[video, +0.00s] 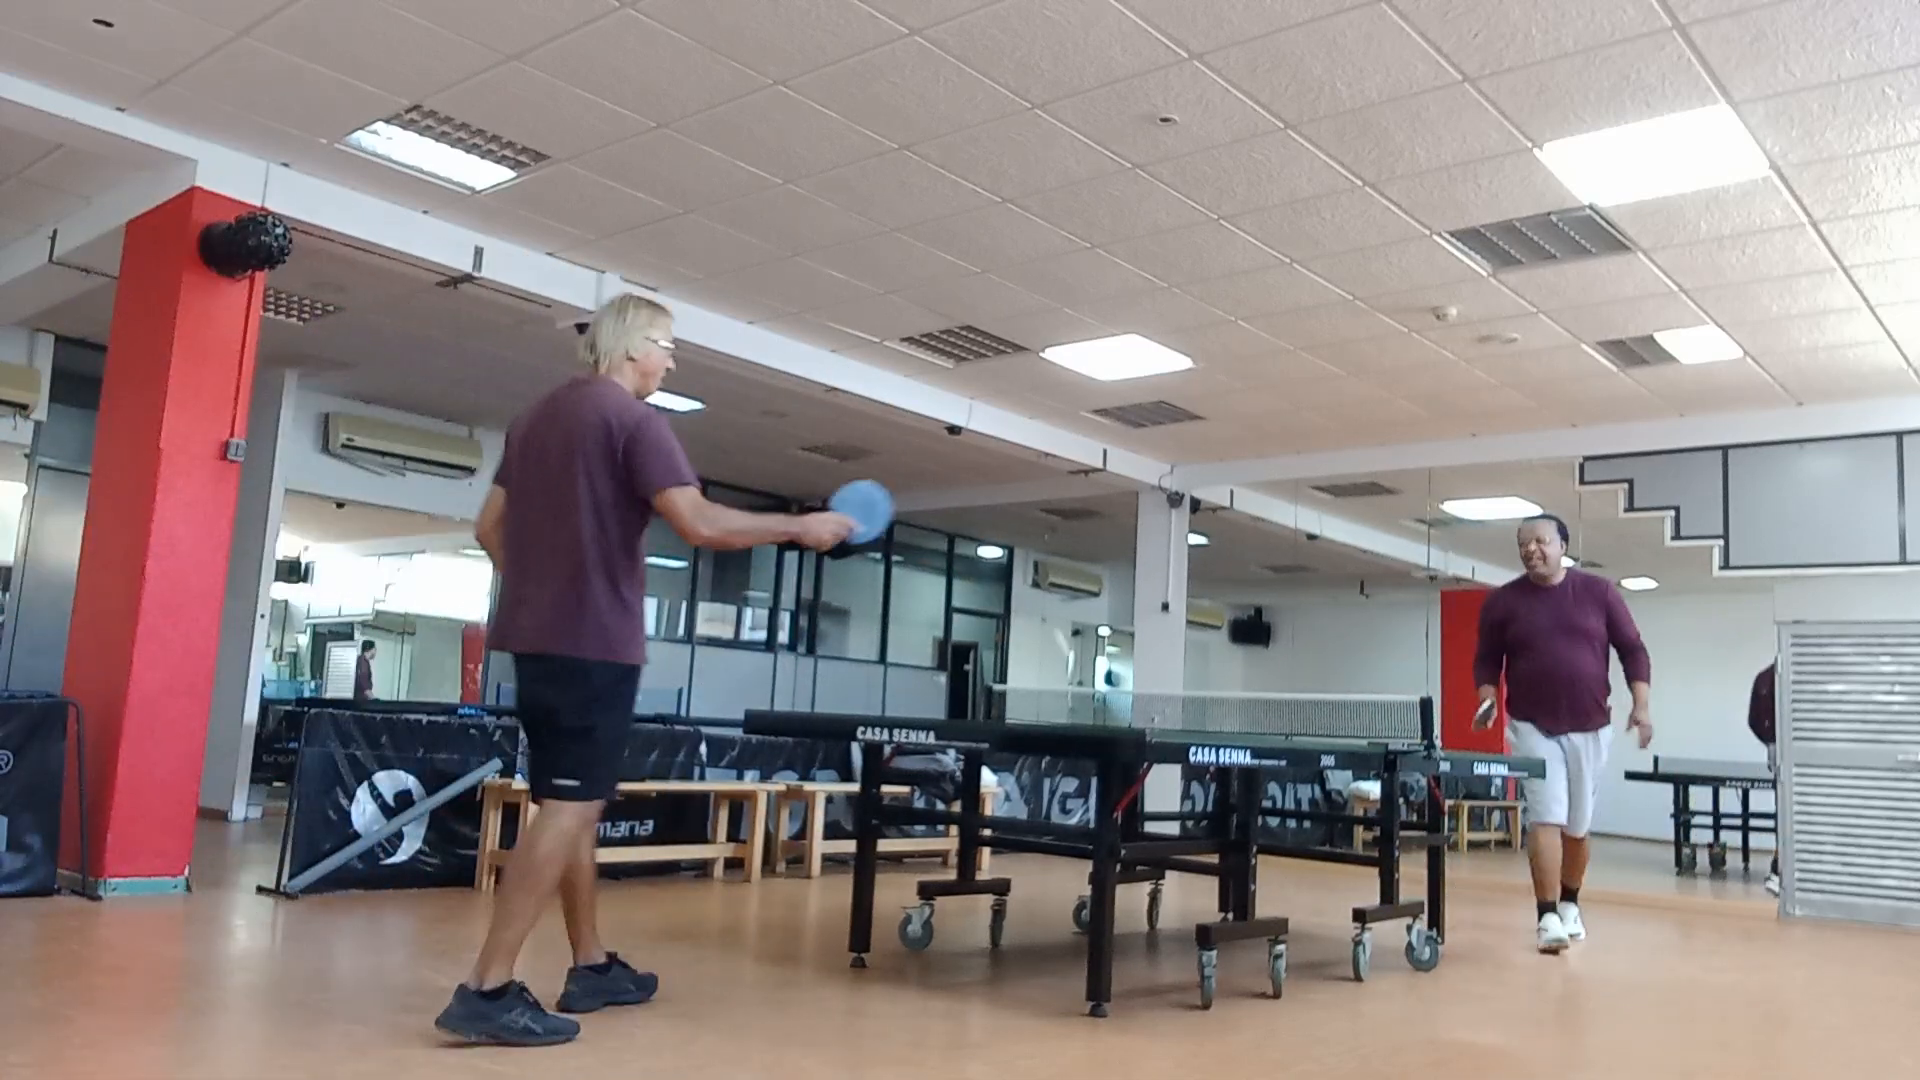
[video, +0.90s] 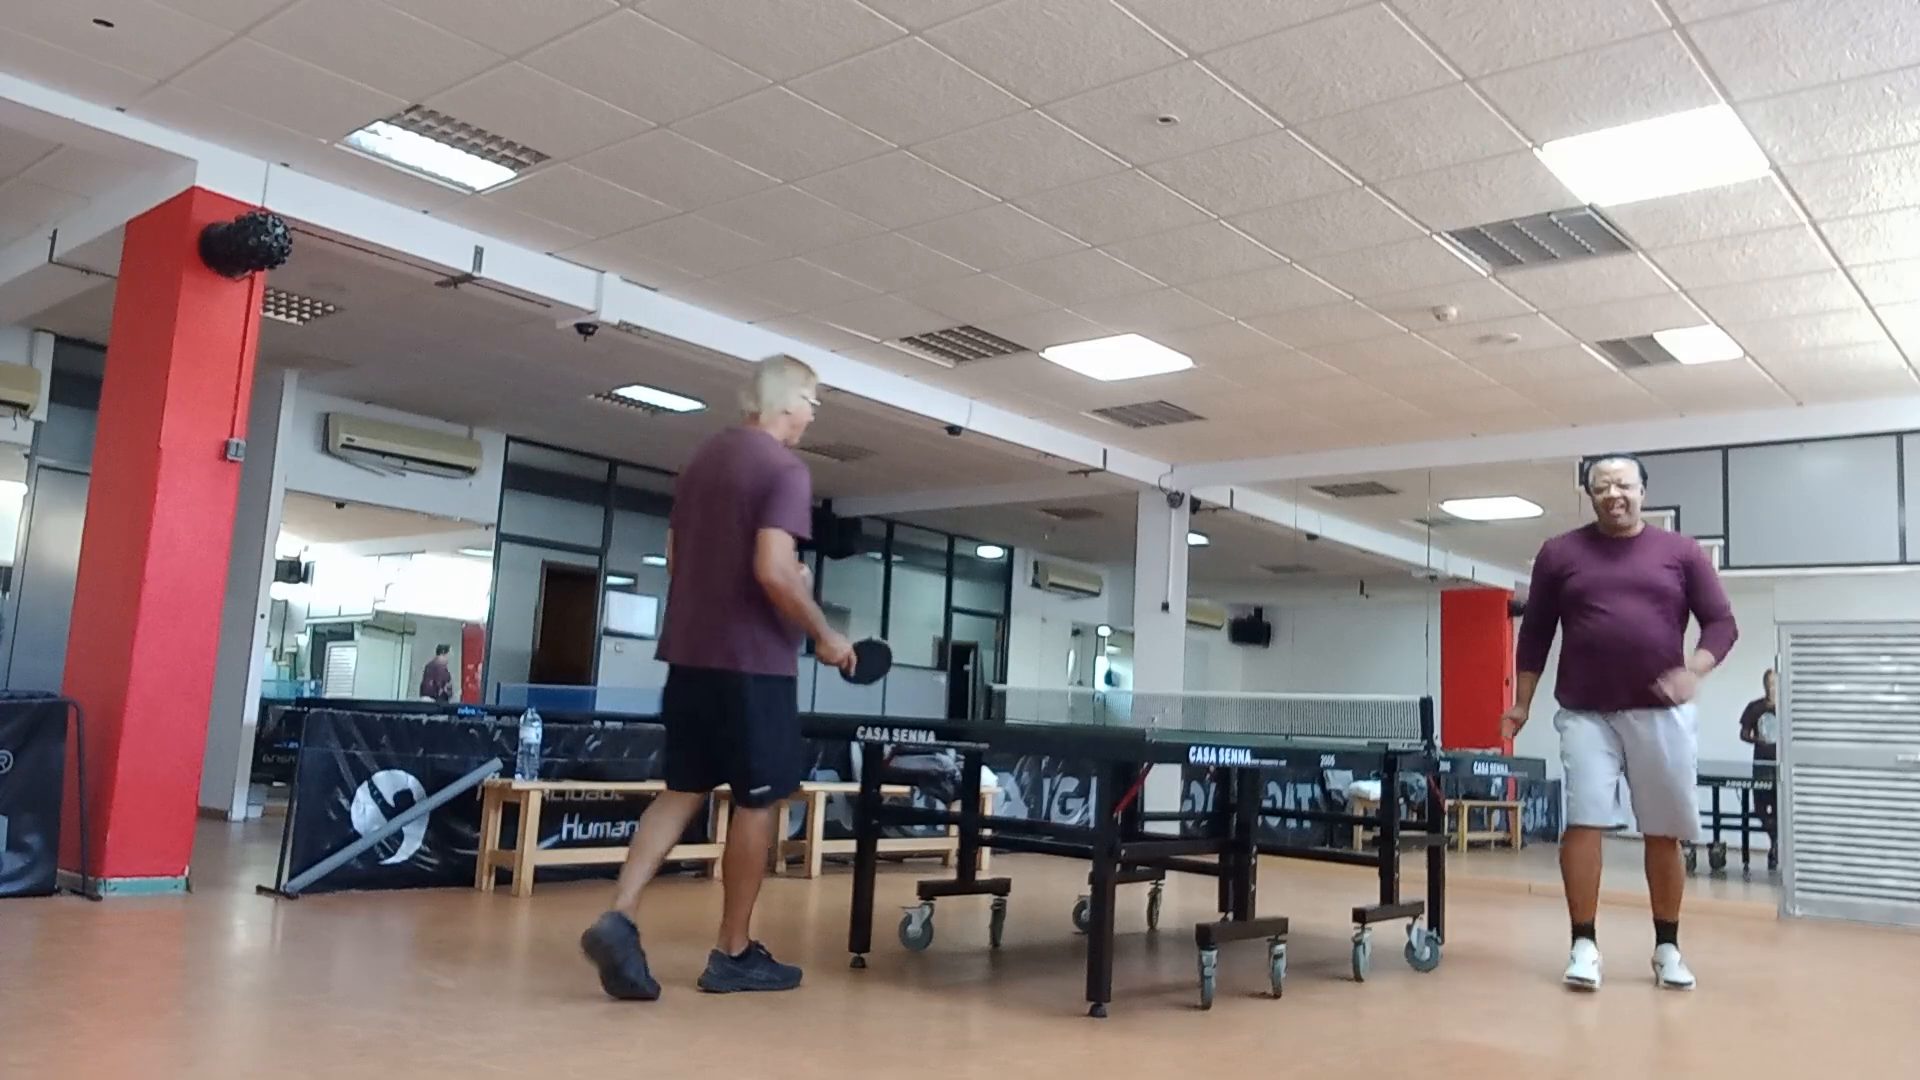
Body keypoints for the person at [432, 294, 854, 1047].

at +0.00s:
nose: (670, 363)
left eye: (670, 349)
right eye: (665, 348)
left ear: (604, 349)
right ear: (635, 351)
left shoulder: (536, 417)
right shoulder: (631, 419)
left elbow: (491, 524)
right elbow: (703, 525)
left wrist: (537, 591)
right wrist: (801, 527)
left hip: (532, 639)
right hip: (594, 643)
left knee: (576, 805)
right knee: (566, 809)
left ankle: (589, 966)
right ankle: (487, 988)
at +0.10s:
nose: (685, 366)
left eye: (682, 352)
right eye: (678, 350)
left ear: (618, 355)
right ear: (644, 353)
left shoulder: (559, 423)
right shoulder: (642, 421)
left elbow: (520, 537)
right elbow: (714, 517)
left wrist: (585, 578)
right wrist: (823, 521)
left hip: (555, 638)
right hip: (614, 641)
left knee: (590, 800)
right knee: (633, 794)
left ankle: (590, 966)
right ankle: (514, 961)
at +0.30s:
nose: (705, 370)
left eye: (704, 358)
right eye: (696, 356)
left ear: (646, 366)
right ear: (659, 364)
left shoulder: (599, 429)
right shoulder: (655, 427)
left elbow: (607, 552)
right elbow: (733, 517)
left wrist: (677, 612)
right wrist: (835, 526)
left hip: (588, 643)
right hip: (649, 645)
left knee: (611, 792)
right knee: (705, 780)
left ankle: (588, 971)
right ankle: (619, 943)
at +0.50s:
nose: (733, 384)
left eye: (731, 372)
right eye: (725, 369)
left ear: (676, 377)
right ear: (689, 374)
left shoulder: (632, 442)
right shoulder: (685, 439)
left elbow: (649, 555)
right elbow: (730, 535)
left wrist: (726, 576)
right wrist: (836, 556)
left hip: (624, 651)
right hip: (685, 654)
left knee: (624, 790)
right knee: (716, 794)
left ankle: (591, 962)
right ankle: (725, 956)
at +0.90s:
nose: (808, 423)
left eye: (810, 412)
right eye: (807, 411)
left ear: (752, 402)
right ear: (788, 408)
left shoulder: (703, 458)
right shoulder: (783, 468)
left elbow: (679, 555)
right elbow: (774, 571)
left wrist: (714, 615)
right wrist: (824, 635)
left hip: (689, 660)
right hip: (752, 666)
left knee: (684, 788)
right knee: (757, 802)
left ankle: (619, 917)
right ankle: (734, 951)